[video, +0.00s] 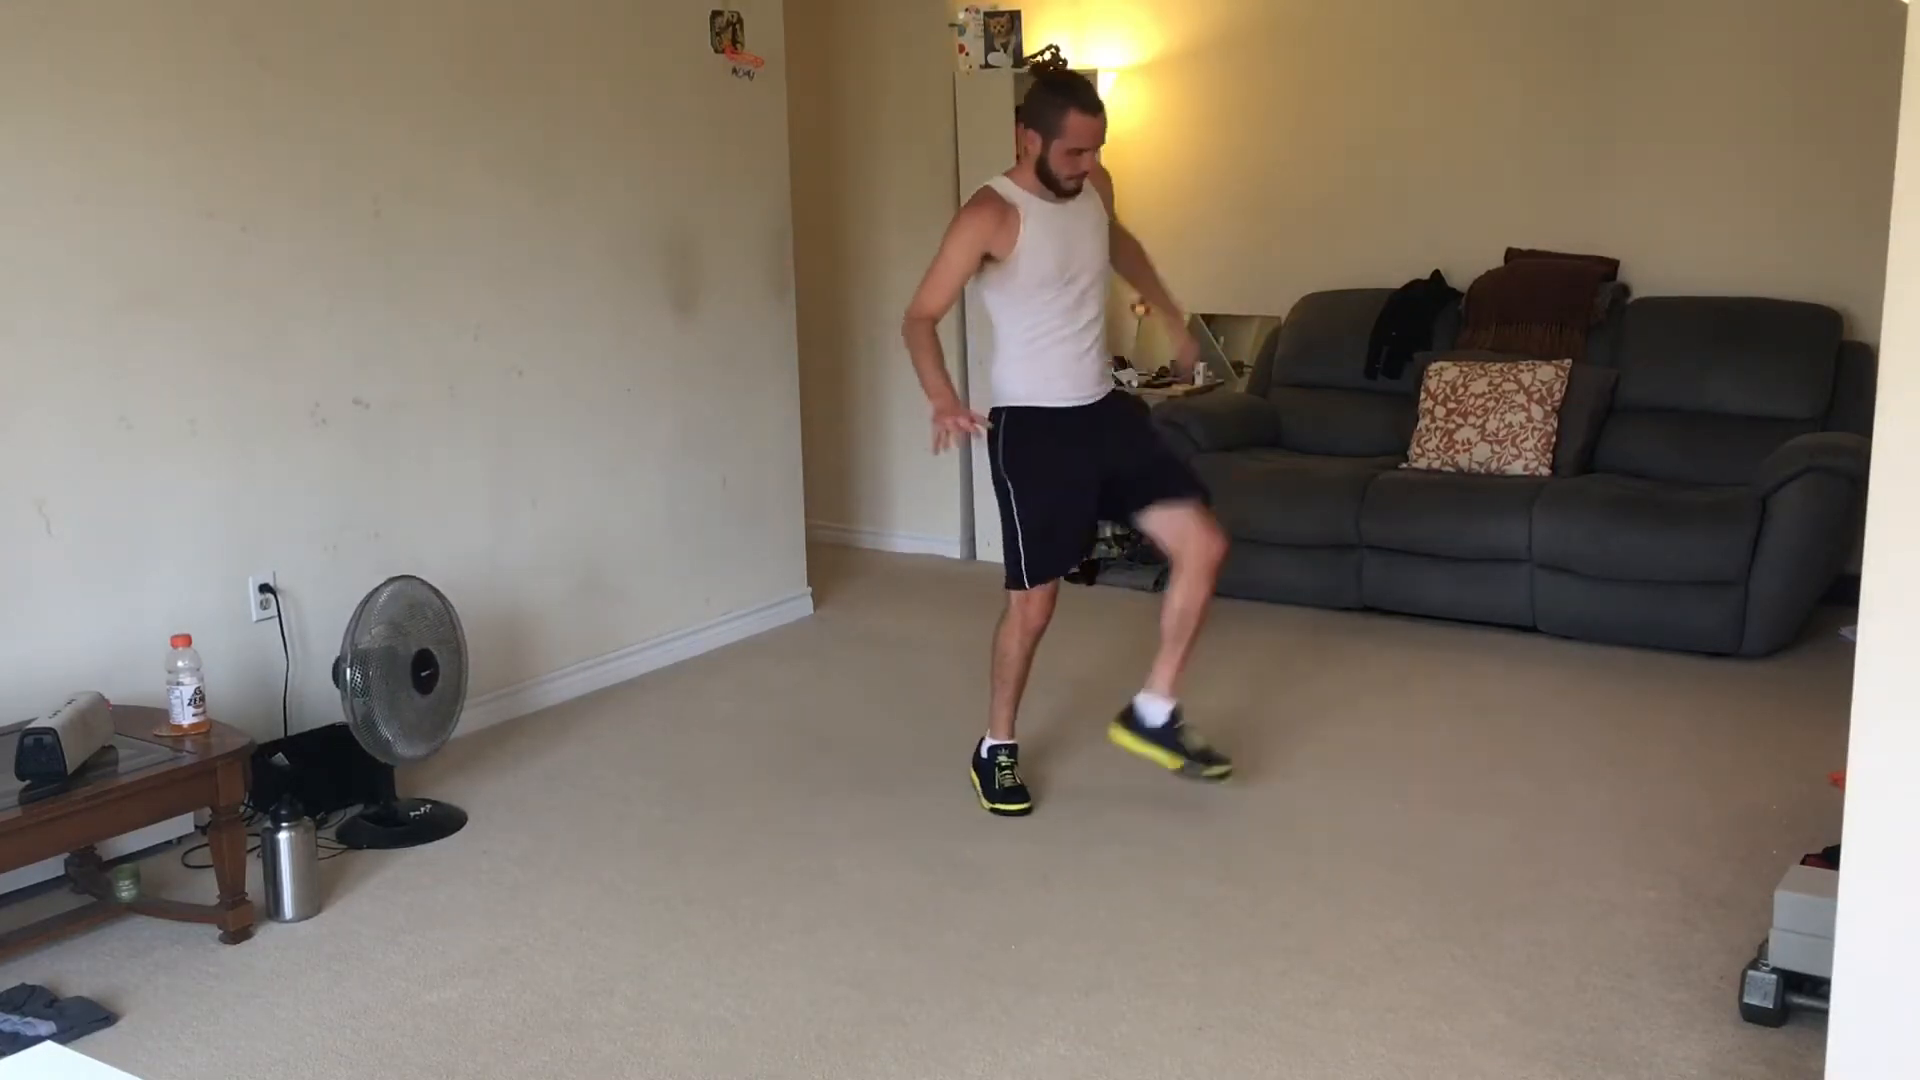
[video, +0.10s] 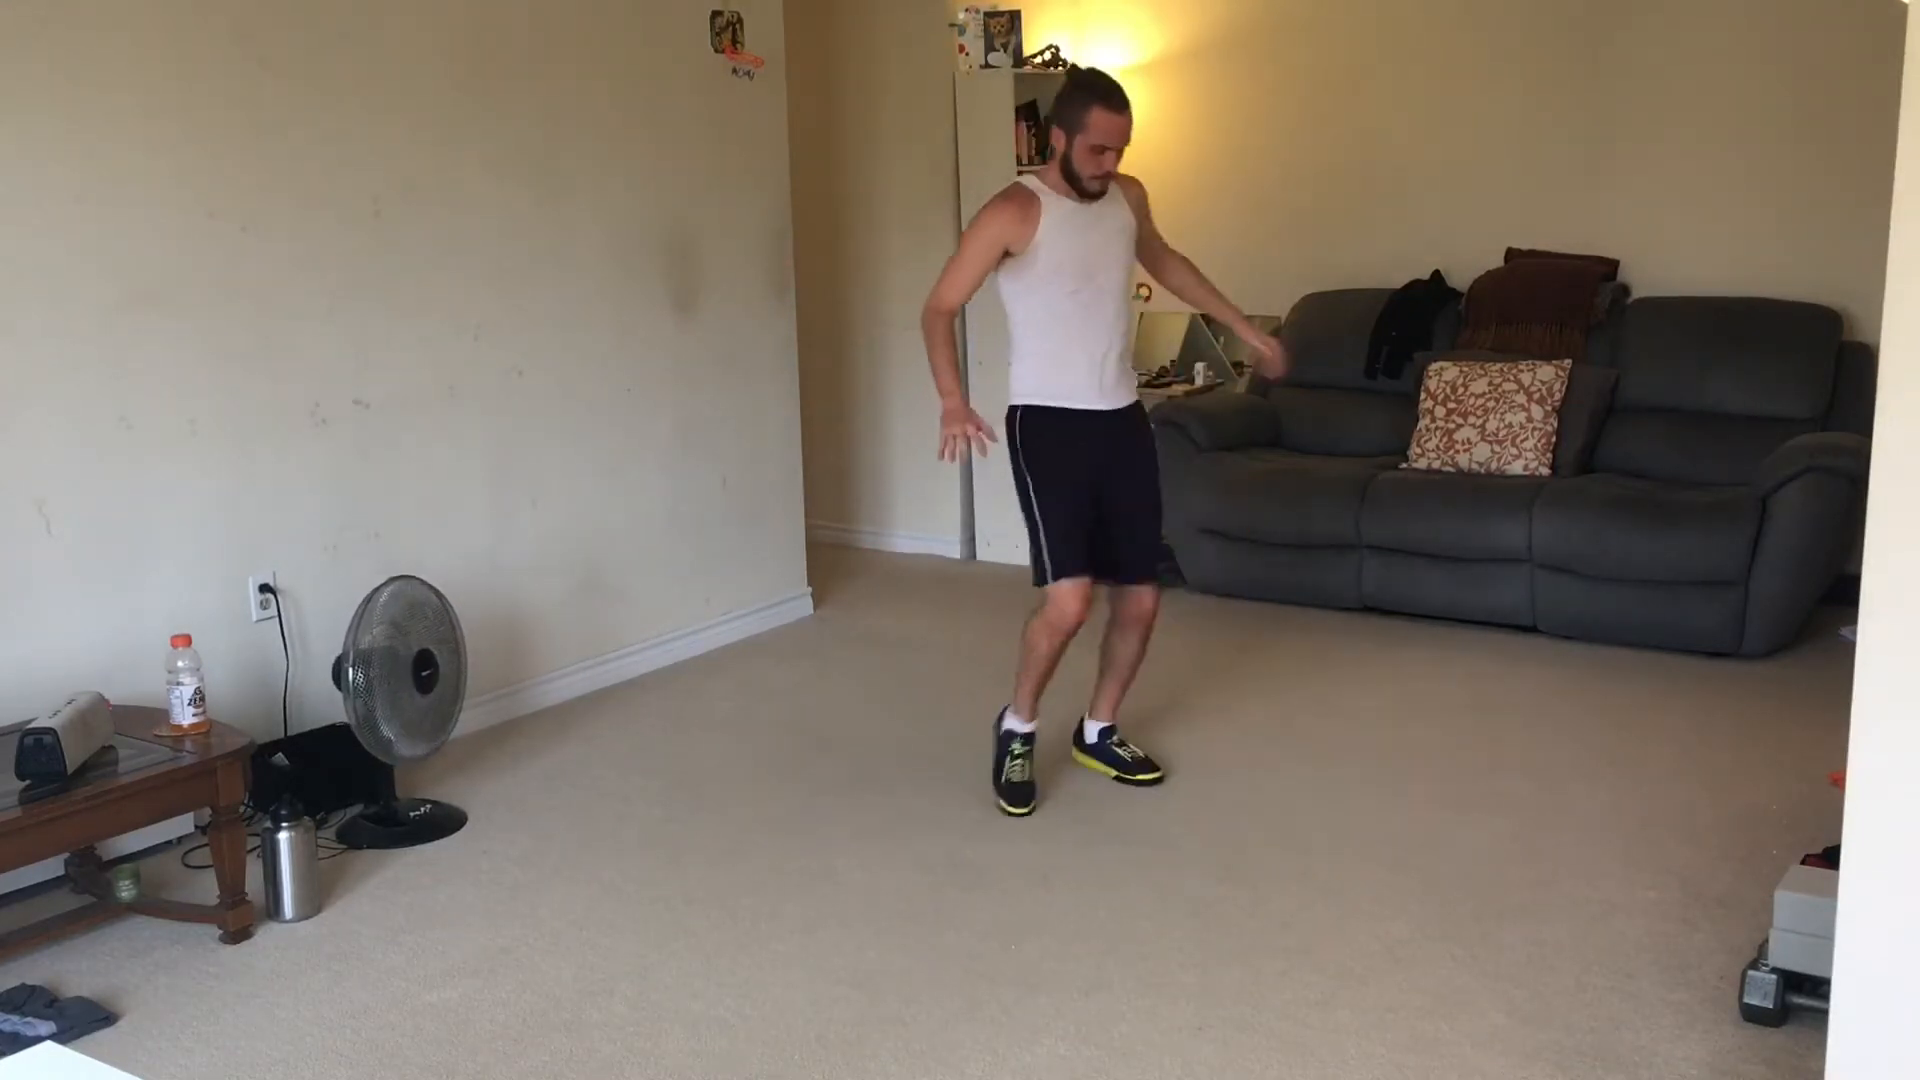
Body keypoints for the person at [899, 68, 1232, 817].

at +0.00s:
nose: (1087, 165)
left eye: (1094, 151)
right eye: (1074, 152)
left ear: (1097, 139)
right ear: (1028, 140)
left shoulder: (1090, 193)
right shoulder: (989, 214)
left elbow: (1123, 251)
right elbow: (919, 319)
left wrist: (1174, 321)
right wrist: (941, 397)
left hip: (1105, 414)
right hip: (1031, 427)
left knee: (1201, 545)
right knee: (1033, 601)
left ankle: (1155, 709)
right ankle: (997, 747)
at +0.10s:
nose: (1110, 162)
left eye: (1118, 149)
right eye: (1098, 148)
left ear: (1125, 140)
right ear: (1058, 138)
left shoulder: (1126, 197)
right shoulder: (1013, 211)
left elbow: (1164, 263)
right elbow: (939, 309)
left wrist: (1247, 330)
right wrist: (954, 401)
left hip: (1122, 420)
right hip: (1046, 423)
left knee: (1140, 594)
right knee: (1069, 600)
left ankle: (1099, 730)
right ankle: (1019, 728)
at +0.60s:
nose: (1170, 188)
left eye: (1182, 175)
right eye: (1159, 172)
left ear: (1192, 165)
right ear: (1125, 154)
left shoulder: (1178, 221)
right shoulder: (1066, 224)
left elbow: (1199, 301)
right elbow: (997, 310)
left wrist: (1235, 350)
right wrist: (989, 414)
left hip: (1156, 427)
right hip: (1082, 432)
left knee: (1184, 597)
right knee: (1158, 589)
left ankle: (1113, 717)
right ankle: (1130, 741)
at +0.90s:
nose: (1179, 154)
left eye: (1191, 142)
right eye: (1167, 138)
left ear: (1202, 132)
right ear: (1134, 118)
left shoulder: (1195, 193)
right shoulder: (1076, 177)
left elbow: (1219, 285)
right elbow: (984, 252)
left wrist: (1261, 328)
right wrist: (1000, 311)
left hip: (1143, 394)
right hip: (1063, 391)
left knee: (1129, 569)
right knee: (1060, 343)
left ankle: (1098, 725)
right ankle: (1207, 419)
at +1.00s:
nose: (1181, 185)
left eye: (1195, 174)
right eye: (1170, 168)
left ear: (1207, 164)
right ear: (1139, 148)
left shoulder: (1196, 224)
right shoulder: (1076, 205)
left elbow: (1211, 314)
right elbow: (981, 271)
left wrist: (1247, 379)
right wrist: (992, 330)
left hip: (1135, 415)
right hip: (1055, 400)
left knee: (1130, 592)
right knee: (1066, 412)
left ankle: (1092, 740)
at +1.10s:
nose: (1185, 189)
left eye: (1199, 178)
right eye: (1175, 172)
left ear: (1213, 168)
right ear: (1146, 149)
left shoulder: (1199, 230)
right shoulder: (1078, 199)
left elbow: (1213, 316)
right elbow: (977, 255)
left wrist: (1239, 390)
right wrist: (986, 321)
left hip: (1128, 412)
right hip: (1047, 397)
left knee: (1135, 580)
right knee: (1088, 493)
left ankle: (1094, 741)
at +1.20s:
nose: (1189, 186)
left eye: (1205, 176)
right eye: (1179, 169)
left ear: (1217, 164)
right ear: (1151, 143)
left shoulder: (1204, 224)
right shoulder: (1077, 189)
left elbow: (1234, 310)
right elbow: (972, 229)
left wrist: (1242, 380)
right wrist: (975, 301)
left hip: (1127, 418)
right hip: (1042, 406)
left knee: (1119, 593)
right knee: (1059, 549)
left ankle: (1093, 738)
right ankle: (1060, 621)